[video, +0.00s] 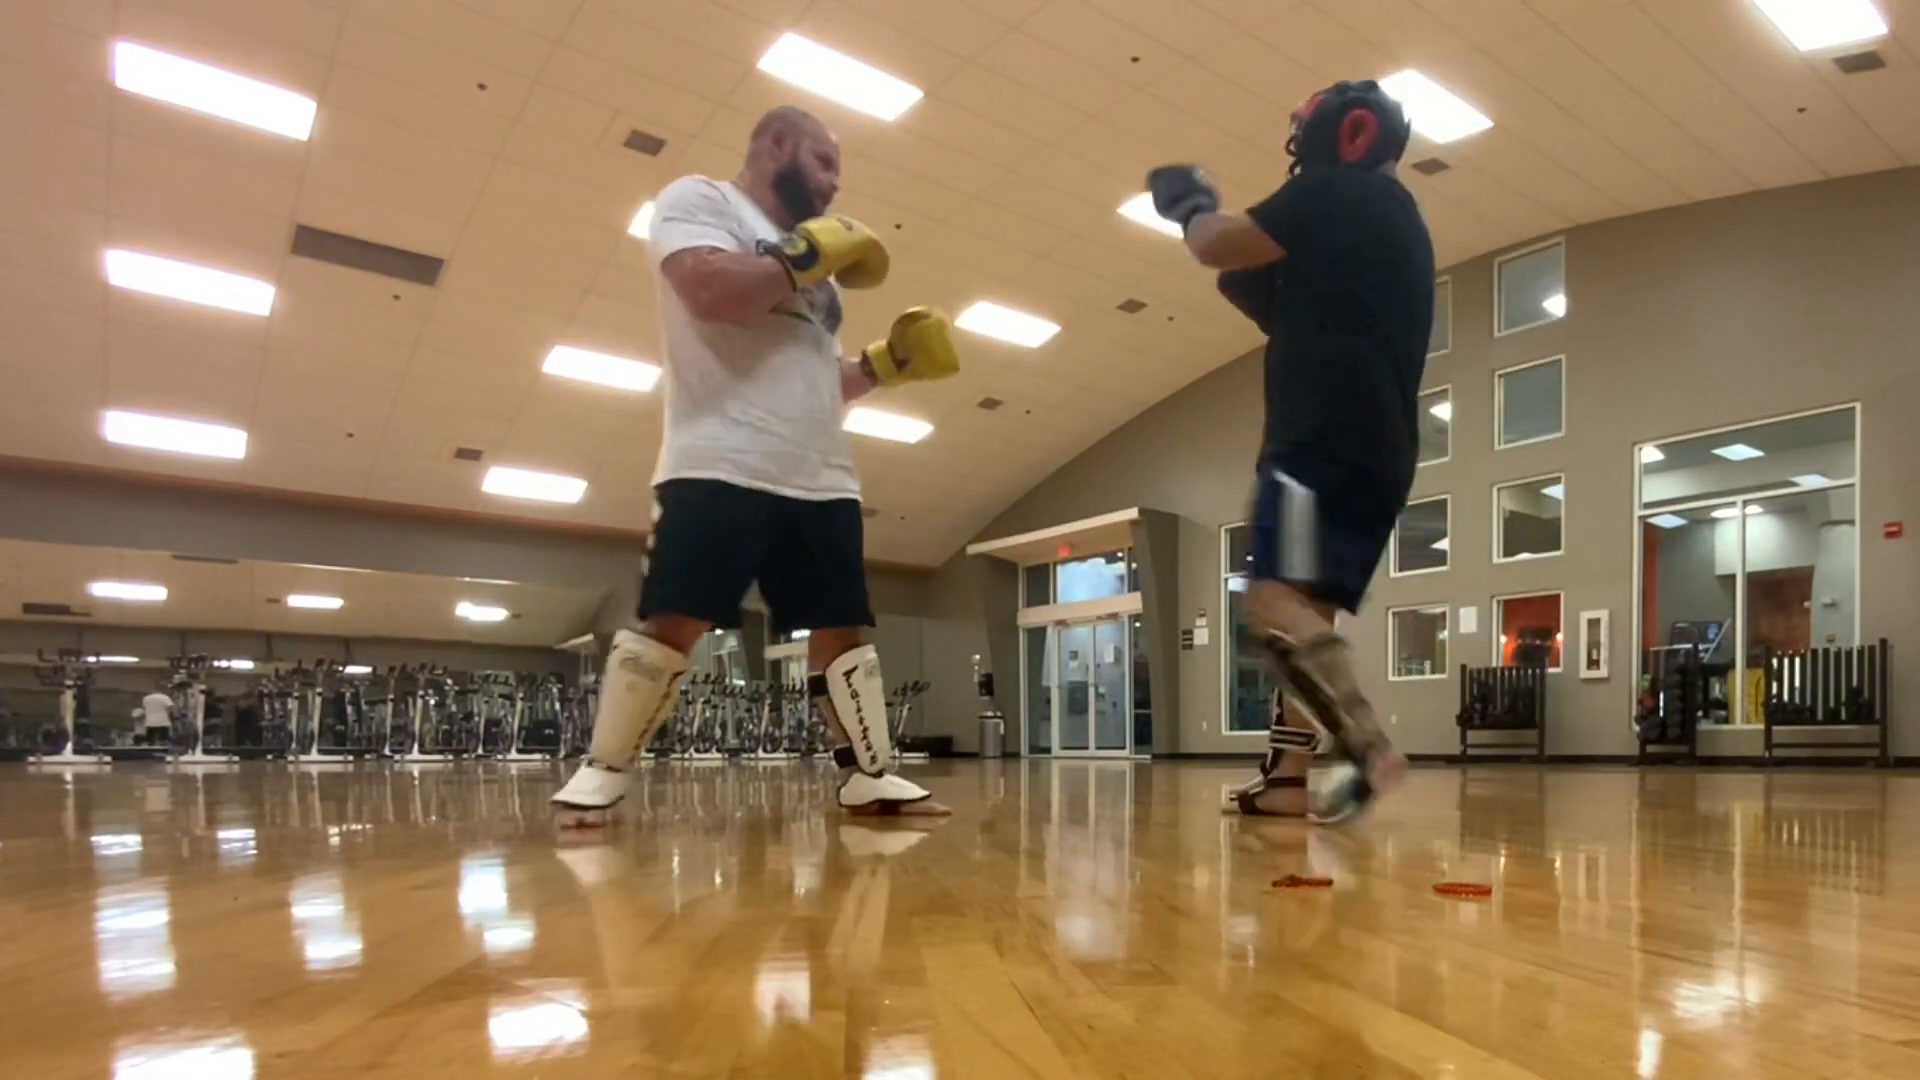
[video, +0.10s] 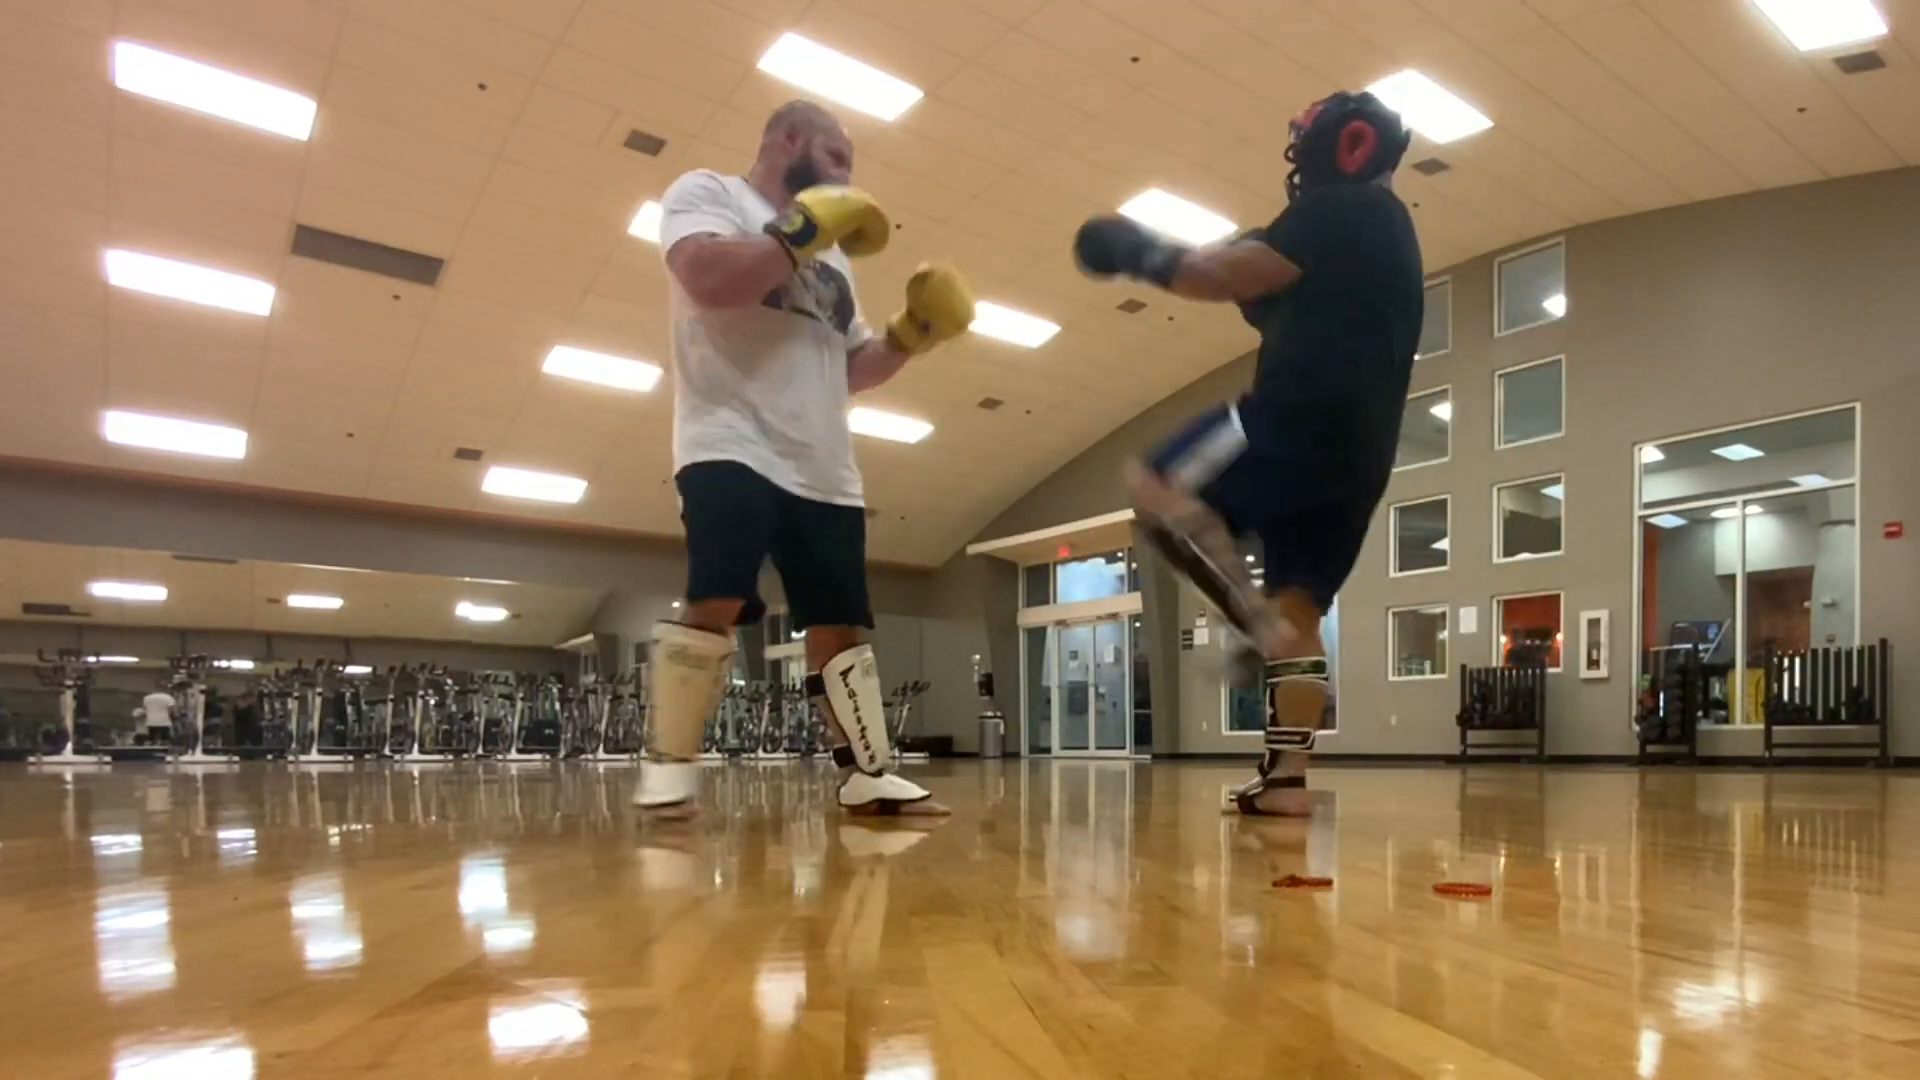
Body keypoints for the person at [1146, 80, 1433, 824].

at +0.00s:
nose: (1291, 140)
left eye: (1303, 125)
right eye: (1295, 129)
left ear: (1352, 130)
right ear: (1368, 140)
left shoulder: (1333, 192)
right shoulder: (1395, 215)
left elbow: (1216, 245)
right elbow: (1308, 321)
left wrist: (1192, 202)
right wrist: (1228, 262)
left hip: (1322, 423)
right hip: (1379, 434)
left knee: (1273, 596)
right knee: (1310, 606)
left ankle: (1371, 750)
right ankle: (1291, 777)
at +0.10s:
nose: (1291, 150)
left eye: (1302, 136)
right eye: (1295, 137)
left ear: (1345, 142)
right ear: (1364, 150)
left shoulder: (1338, 207)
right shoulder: (1387, 226)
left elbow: (1228, 274)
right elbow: (1287, 324)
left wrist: (1144, 253)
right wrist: (1233, 265)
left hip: (1299, 416)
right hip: (1363, 446)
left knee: (1163, 488)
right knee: (1295, 607)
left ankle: (1254, 617)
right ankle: (1288, 778)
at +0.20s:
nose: (1284, 148)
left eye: (1300, 136)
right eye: (1291, 137)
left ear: (1344, 153)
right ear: (1349, 158)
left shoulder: (1342, 211)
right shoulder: (1363, 231)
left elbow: (1280, 288)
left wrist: (1161, 304)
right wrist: (1251, 268)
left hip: (1283, 411)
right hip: (1330, 452)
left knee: (1134, 363)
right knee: (1283, 609)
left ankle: (1105, 511)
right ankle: (1285, 781)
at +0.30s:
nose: (1280, 167)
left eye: (1294, 156)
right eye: (1285, 156)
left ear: (1339, 166)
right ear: (1346, 170)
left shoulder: (1344, 216)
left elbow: (1331, 286)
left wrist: (1223, 324)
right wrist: (1171, 313)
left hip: (1263, 407)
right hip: (1308, 457)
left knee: (1115, 346)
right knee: (1272, 609)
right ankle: (1283, 780)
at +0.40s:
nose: (1287, 196)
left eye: (1299, 182)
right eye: (1290, 183)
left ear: (1338, 180)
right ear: (1354, 185)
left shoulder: (1355, 223)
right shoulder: (1323, 264)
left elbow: (1353, 288)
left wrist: (1277, 310)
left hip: (1256, 410)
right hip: (1302, 459)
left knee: (1091, 409)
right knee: (1264, 608)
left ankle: (938, 395)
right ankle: (1277, 777)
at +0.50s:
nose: (1289, 197)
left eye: (1302, 182)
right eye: (1292, 184)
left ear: (1342, 182)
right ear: (1358, 189)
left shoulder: (1359, 231)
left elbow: (1345, 290)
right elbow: (1289, 367)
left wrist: (1256, 276)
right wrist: (1226, 302)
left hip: (1260, 413)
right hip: (1309, 465)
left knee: (1095, 419)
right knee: (1267, 611)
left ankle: (948, 467)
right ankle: (1278, 781)